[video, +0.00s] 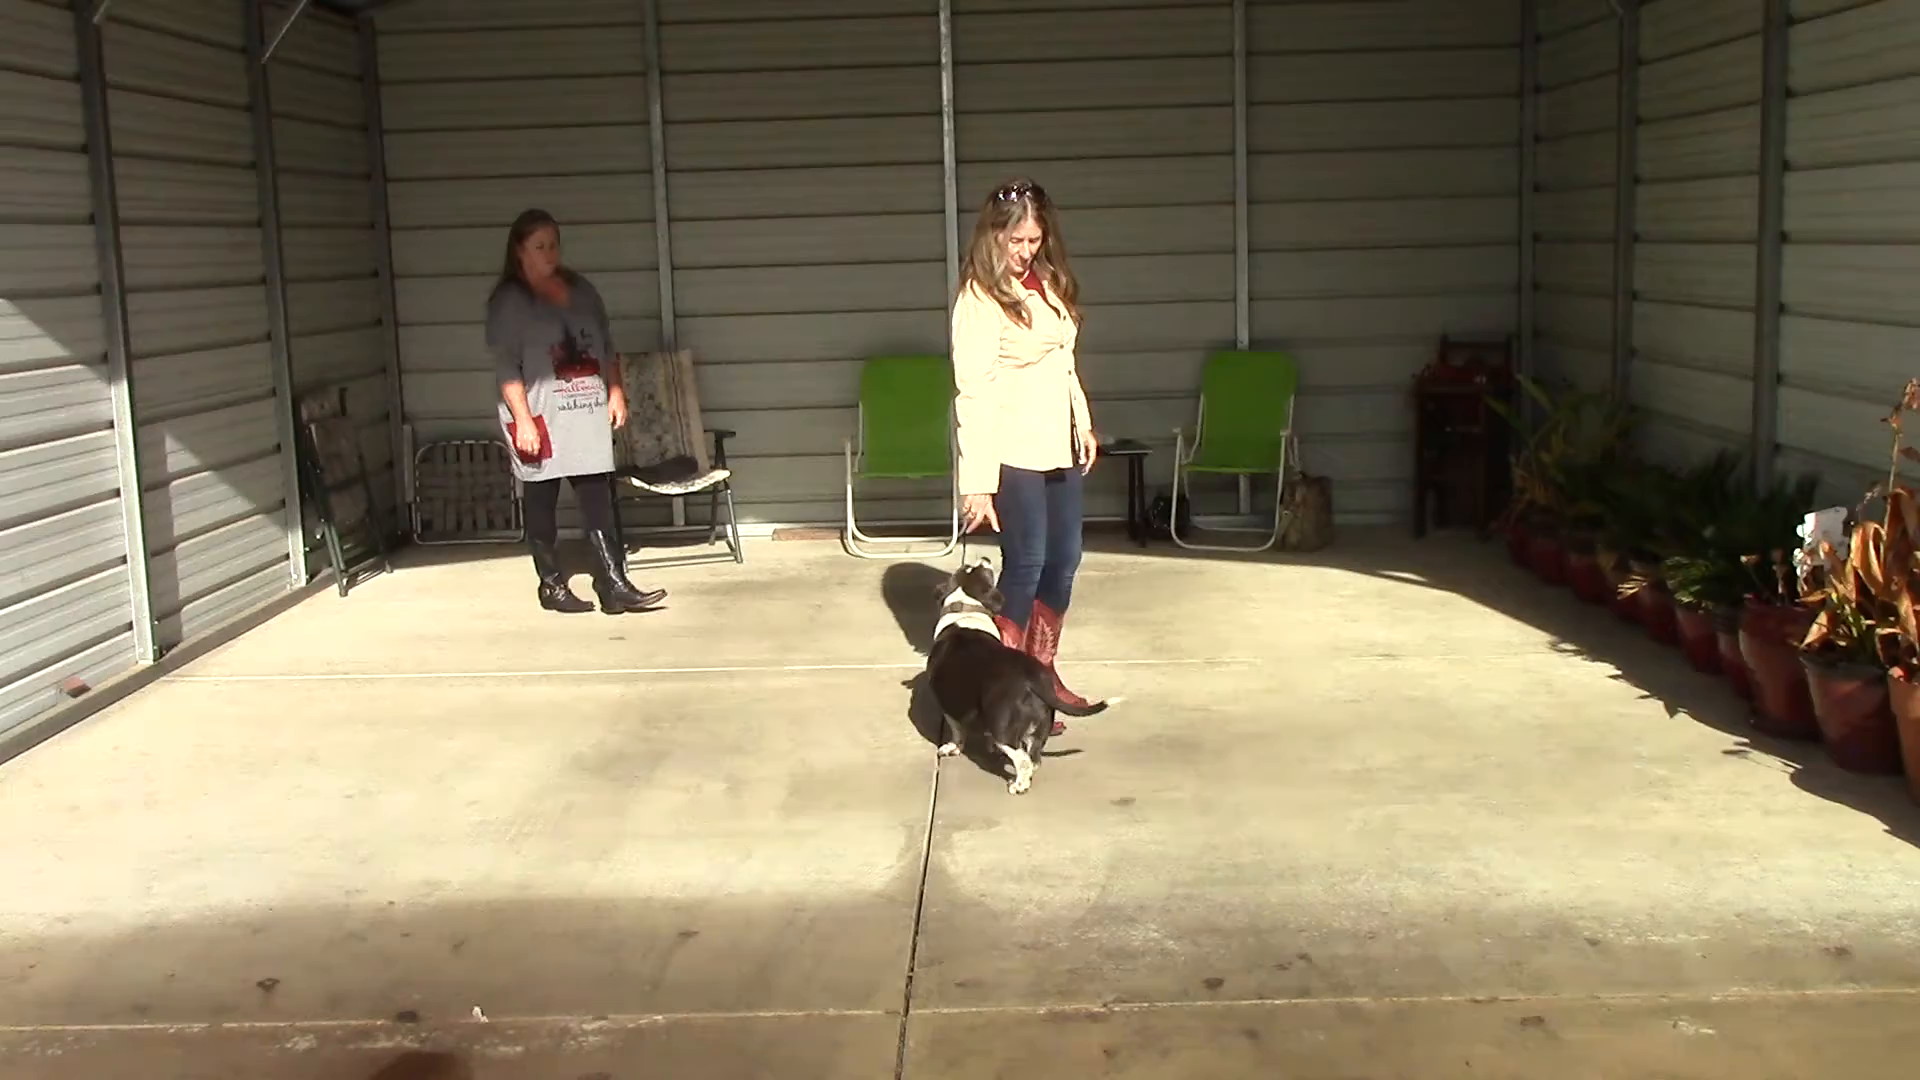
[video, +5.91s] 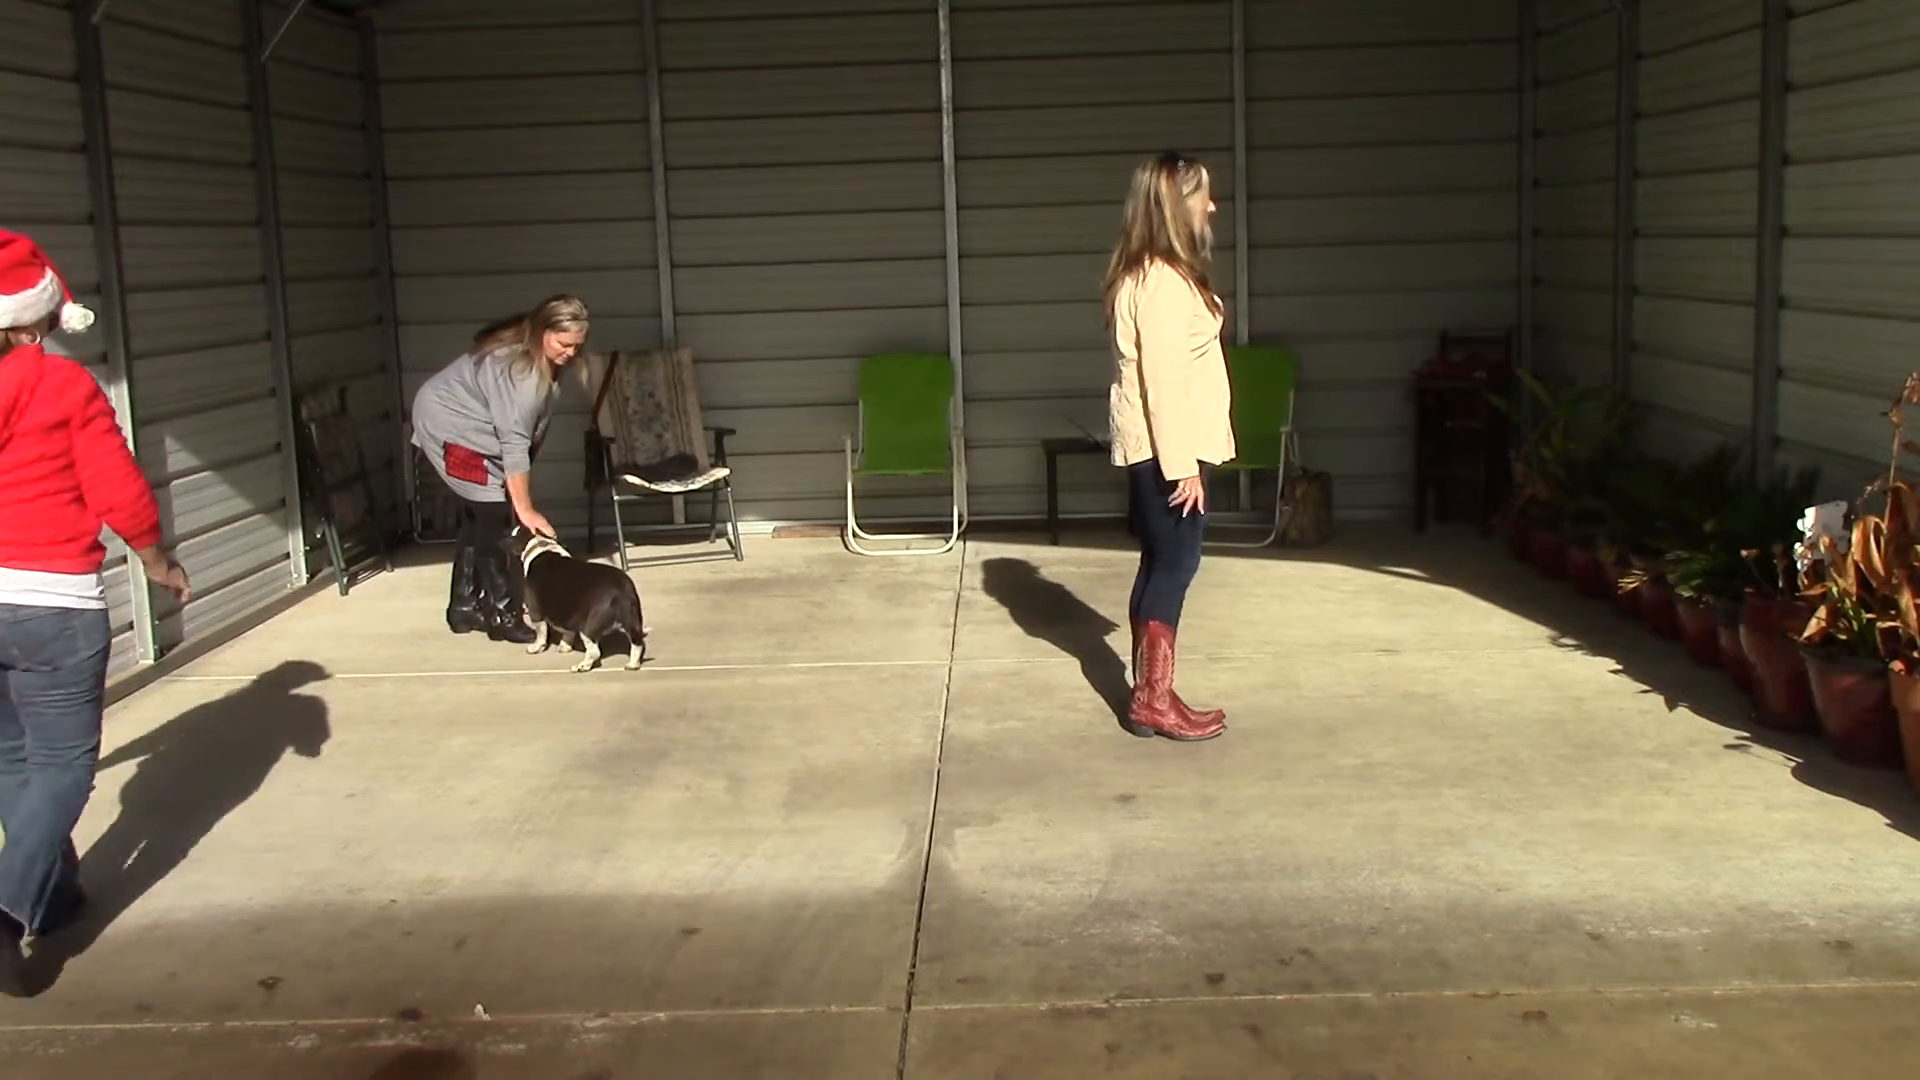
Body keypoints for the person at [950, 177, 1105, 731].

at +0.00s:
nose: (1025, 250)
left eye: (1033, 239)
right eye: (1015, 239)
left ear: (1043, 236)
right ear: (992, 235)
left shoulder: (1047, 284)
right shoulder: (977, 298)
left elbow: (1064, 364)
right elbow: (972, 394)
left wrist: (1082, 424)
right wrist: (976, 480)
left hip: (1060, 445)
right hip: (1011, 447)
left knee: (1064, 559)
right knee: (1025, 564)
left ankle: (1042, 676)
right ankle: (1007, 687)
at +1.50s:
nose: (1108, 222)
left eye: (1106, 211)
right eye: (1098, 212)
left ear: (1076, 220)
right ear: (1068, 217)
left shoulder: (1084, 286)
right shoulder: (1041, 297)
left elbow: (1091, 386)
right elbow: (1035, 399)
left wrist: (1106, 460)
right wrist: (1043, 486)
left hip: (1094, 460)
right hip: (1068, 464)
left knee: (1078, 574)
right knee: (1085, 574)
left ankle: (1068, 704)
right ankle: (1069, 714)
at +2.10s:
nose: (1142, 219)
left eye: (1137, 207)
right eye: (1136, 209)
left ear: (1082, 216)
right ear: (1122, 217)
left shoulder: (1097, 285)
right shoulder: (1096, 292)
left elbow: (1117, 394)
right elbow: (1102, 400)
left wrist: (1140, 471)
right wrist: (1132, 482)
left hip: (1105, 452)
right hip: (1080, 458)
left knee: (1125, 560)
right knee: (1081, 573)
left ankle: (1117, 693)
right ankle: (1069, 712)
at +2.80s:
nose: (1183, 216)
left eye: (1179, 204)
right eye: (1175, 206)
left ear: (1124, 214)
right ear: (1155, 214)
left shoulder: (1127, 282)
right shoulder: (1137, 290)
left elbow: (1149, 385)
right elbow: (1146, 390)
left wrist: (1184, 459)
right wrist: (1179, 465)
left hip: (1130, 451)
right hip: (1137, 453)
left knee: (1147, 564)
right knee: (1171, 564)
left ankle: (1149, 694)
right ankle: (1100, 690)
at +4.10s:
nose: (1219, 209)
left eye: (1216, 199)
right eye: (1211, 200)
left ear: (1166, 209)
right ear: (1185, 210)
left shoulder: (1148, 277)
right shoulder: (1168, 282)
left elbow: (1175, 367)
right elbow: (1174, 370)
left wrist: (1232, 387)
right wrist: (1235, 397)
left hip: (1149, 443)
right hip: (1170, 443)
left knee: (1163, 559)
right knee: (1196, 560)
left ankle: (1147, 690)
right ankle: (1156, 697)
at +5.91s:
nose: (1213, 210)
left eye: (1212, 199)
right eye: (1206, 200)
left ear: (1162, 206)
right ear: (1178, 205)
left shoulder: (1150, 273)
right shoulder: (1162, 279)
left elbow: (1157, 378)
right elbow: (1164, 381)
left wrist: (1186, 453)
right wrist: (1182, 463)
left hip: (1151, 444)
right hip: (1164, 447)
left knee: (1159, 558)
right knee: (1178, 558)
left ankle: (1150, 692)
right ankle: (1154, 696)